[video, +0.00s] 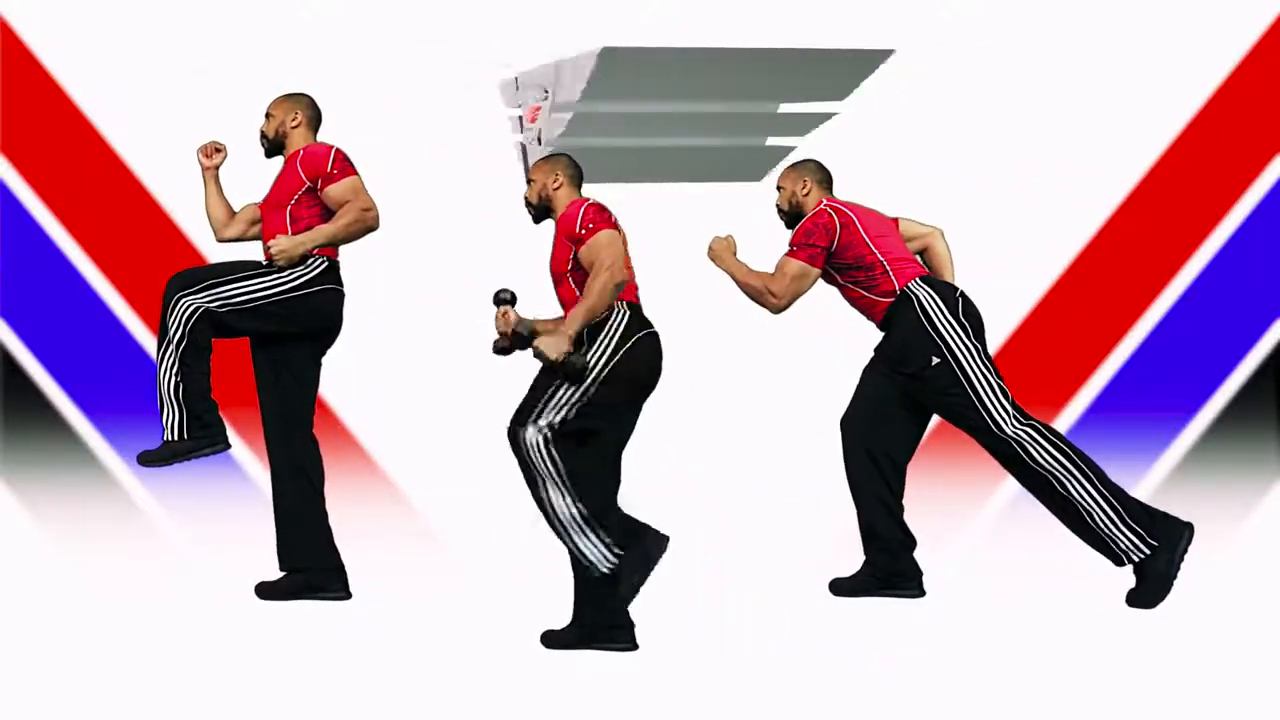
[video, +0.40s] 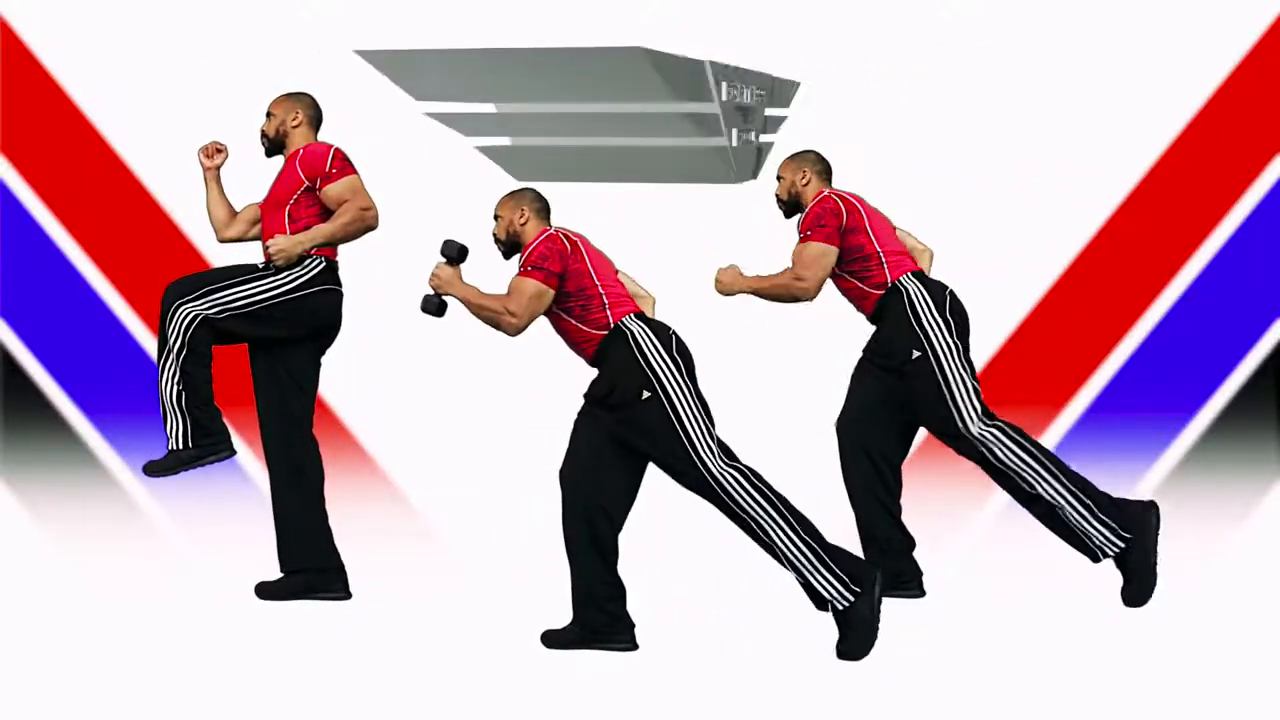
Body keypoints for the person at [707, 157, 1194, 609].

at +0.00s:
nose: (776, 198)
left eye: (782, 188)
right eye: (776, 191)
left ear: (811, 188)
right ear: (815, 192)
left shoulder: (822, 220)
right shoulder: (858, 219)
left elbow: (776, 295)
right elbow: (928, 237)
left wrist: (728, 264)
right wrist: (952, 307)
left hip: (927, 315)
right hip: (912, 326)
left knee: (1010, 434)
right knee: (866, 436)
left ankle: (1151, 540)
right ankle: (890, 567)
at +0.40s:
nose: (776, 188)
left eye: (783, 178)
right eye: (776, 181)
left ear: (808, 177)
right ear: (815, 184)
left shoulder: (827, 207)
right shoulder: (852, 211)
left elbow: (803, 282)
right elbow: (919, 254)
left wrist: (742, 284)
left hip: (917, 306)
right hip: (897, 323)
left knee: (969, 427)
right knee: (861, 434)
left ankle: (1121, 529)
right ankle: (893, 567)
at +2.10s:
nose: (771, 201)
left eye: (778, 191)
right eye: (772, 193)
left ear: (805, 190)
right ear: (810, 193)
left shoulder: (816, 219)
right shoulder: (846, 222)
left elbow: (771, 291)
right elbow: (922, 250)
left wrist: (724, 262)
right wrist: (941, 315)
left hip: (920, 310)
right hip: (902, 326)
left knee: (1000, 427)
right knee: (863, 437)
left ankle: (1137, 531)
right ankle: (891, 567)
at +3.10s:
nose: (799, 152)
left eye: (803, 142)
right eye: (799, 146)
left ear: (828, 138)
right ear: (833, 141)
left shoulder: (857, 164)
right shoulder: (847, 201)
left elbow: (918, 198)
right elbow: (805, 255)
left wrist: (936, 272)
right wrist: (761, 221)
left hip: (897, 273)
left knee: (781, 293)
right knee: (879, 437)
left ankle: (784, 422)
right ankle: (893, 567)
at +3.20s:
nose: (803, 153)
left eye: (807, 143)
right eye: (803, 146)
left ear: (832, 140)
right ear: (834, 143)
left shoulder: (860, 163)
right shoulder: (849, 203)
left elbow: (926, 193)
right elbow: (805, 259)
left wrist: (952, 266)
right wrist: (762, 222)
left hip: (896, 274)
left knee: (775, 277)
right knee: (873, 437)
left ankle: (776, 405)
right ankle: (889, 564)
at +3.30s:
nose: (803, 153)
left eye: (808, 143)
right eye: (803, 146)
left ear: (833, 140)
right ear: (833, 144)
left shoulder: (862, 164)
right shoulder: (850, 202)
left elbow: (924, 197)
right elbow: (809, 260)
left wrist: (947, 270)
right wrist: (763, 225)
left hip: (898, 274)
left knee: (776, 283)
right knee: (874, 433)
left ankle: (778, 414)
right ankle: (889, 573)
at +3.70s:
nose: (794, 155)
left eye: (799, 145)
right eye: (795, 147)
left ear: (823, 141)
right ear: (825, 144)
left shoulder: (852, 168)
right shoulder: (842, 197)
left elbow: (908, 210)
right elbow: (822, 273)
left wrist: (905, 285)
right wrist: (768, 249)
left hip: (890, 281)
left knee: (780, 318)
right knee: (875, 445)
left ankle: (806, 448)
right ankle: (893, 578)